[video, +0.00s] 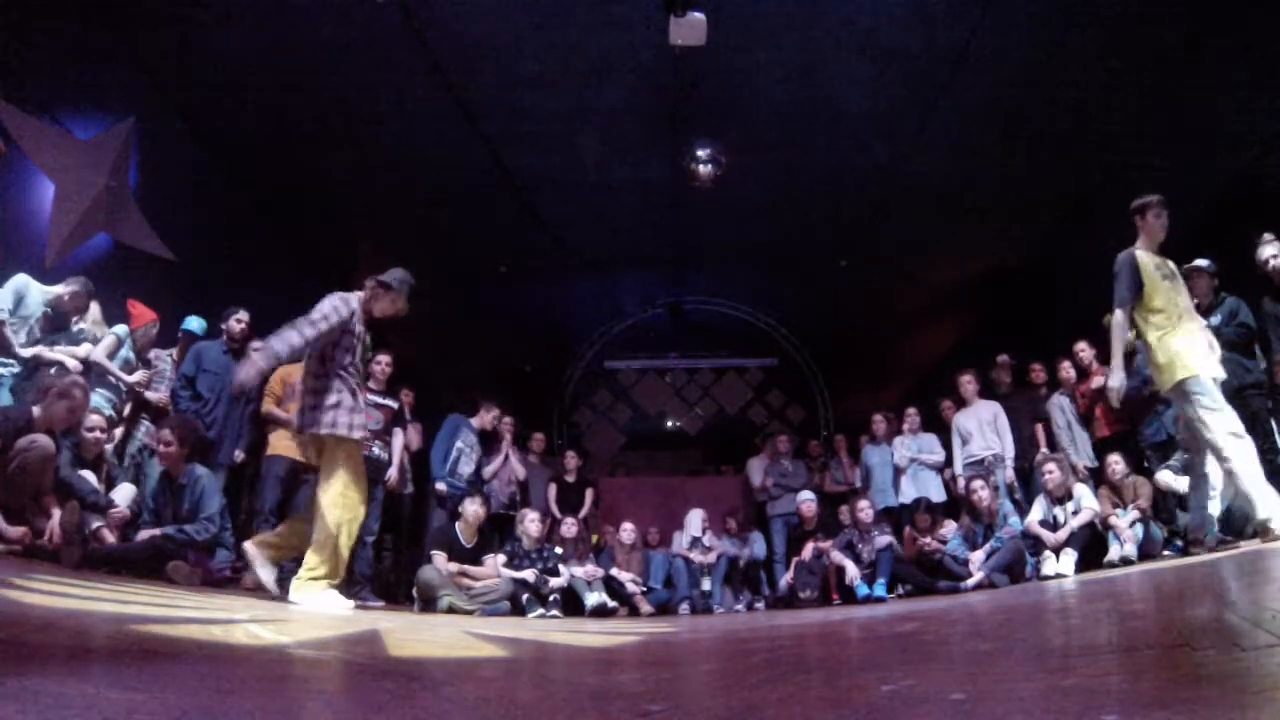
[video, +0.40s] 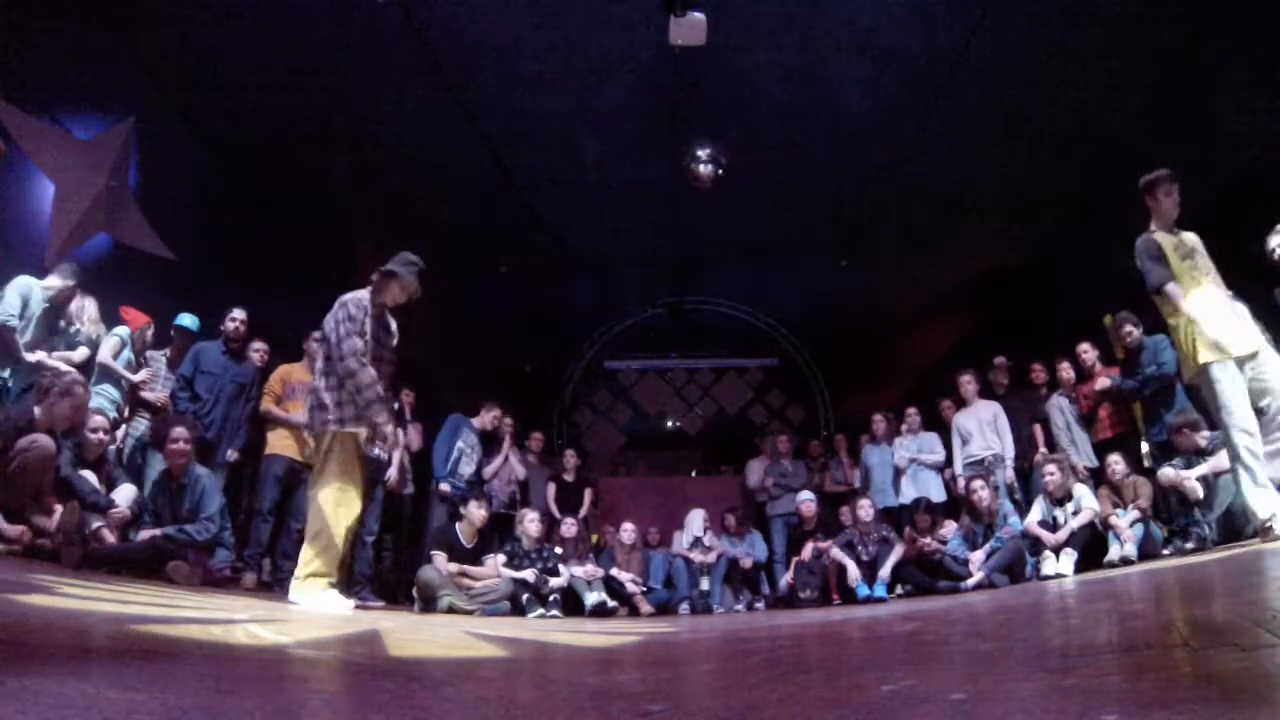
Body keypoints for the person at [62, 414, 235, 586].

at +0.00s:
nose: (160, 450)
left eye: (167, 445)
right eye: (158, 444)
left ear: (185, 449)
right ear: (155, 445)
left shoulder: (204, 479)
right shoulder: (164, 478)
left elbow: (209, 530)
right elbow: (149, 518)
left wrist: (160, 532)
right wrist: (144, 536)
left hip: (209, 552)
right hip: (174, 546)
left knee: (159, 544)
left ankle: (90, 555)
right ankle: (184, 574)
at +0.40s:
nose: (181, 447)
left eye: (187, 442)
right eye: (175, 441)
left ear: (193, 447)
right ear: (163, 448)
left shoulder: (205, 479)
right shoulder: (161, 480)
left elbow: (209, 530)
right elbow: (149, 517)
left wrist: (161, 532)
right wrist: (145, 535)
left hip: (209, 552)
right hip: (171, 545)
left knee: (159, 544)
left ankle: (89, 555)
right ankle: (185, 574)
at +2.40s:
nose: (174, 447)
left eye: (181, 442)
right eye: (169, 441)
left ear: (191, 446)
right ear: (162, 446)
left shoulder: (206, 480)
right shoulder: (160, 480)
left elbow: (207, 531)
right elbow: (148, 523)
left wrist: (162, 533)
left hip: (209, 553)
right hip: (171, 548)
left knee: (156, 545)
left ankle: (97, 555)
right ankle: (181, 575)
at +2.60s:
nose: (173, 448)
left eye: (181, 442)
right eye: (168, 441)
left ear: (190, 447)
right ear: (161, 446)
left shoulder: (205, 480)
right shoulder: (160, 479)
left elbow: (208, 531)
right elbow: (148, 522)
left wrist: (163, 533)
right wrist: (145, 538)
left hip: (207, 552)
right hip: (171, 546)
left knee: (155, 546)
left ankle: (95, 556)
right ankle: (180, 575)